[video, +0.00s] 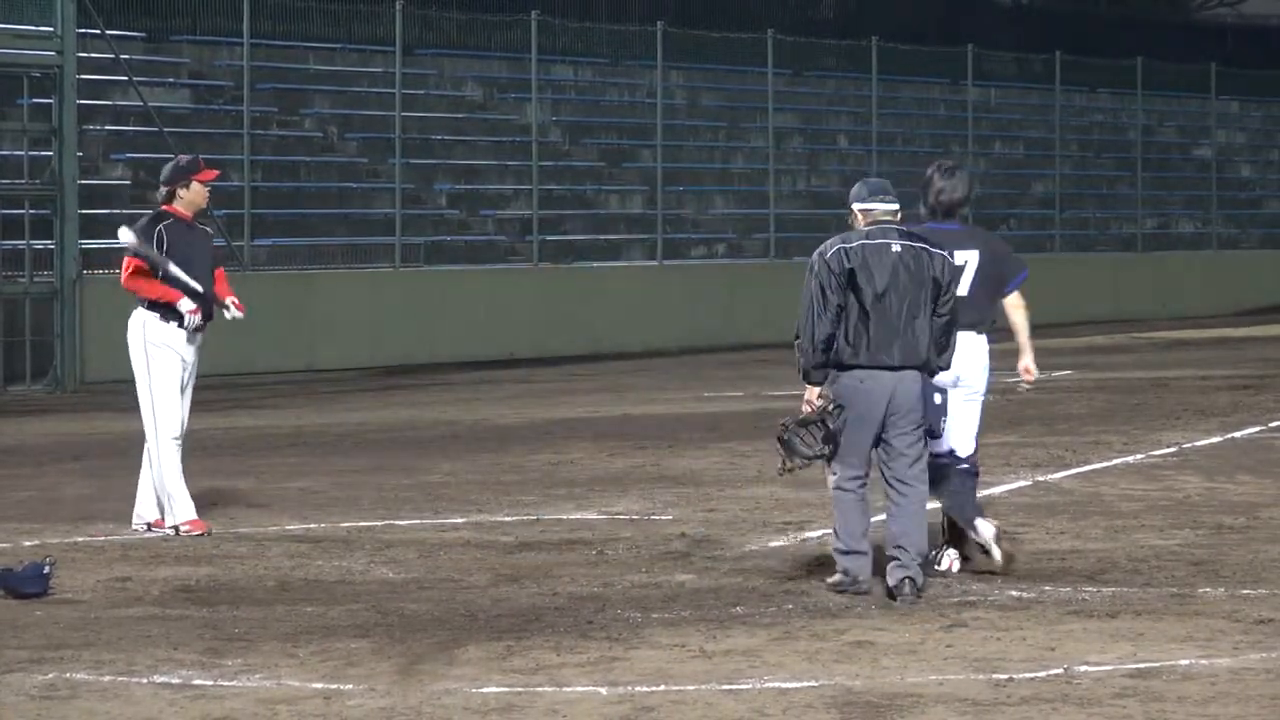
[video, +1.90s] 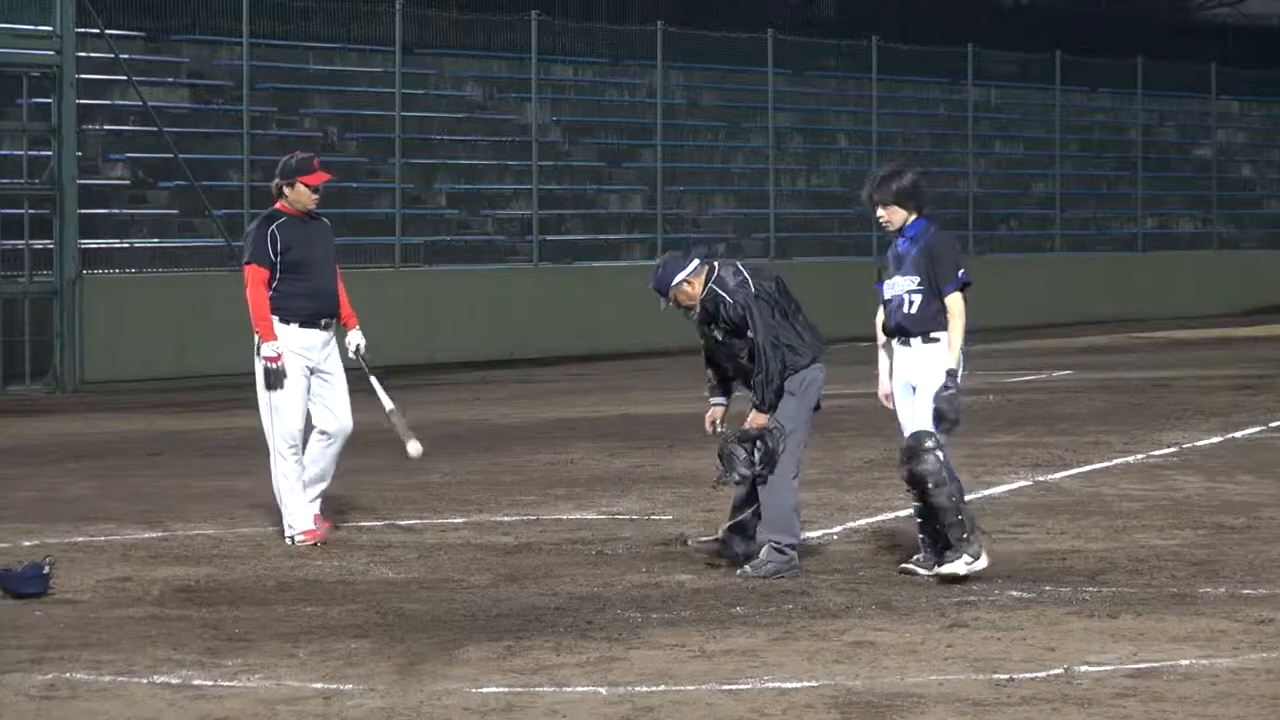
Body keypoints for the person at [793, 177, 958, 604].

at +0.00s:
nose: (853, 219)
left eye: (853, 214)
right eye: (857, 213)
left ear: (858, 215)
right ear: (897, 213)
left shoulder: (834, 254)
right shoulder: (930, 255)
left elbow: (818, 325)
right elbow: (944, 319)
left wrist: (814, 380)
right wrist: (928, 367)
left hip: (855, 382)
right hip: (910, 382)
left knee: (849, 477)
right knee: (907, 477)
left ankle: (853, 571)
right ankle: (907, 571)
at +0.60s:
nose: (794, 230)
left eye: (794, 225)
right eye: (795, 225)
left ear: (802, 222)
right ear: (837, 217)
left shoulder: (791, 256)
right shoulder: (882, 251)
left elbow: (787, 322)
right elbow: (899, 315)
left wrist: (784, 380)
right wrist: (895, 367)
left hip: (825, 377)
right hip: (877, 375)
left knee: (826, 473)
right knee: (864, 463)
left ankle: (839, 568)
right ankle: (868, 550)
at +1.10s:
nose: (759, 252)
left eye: (757, 244)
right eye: (755, 246)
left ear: (767, 235)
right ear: (791, 228)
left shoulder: (780, 260)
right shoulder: (832, 248)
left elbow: (799, 317)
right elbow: (853, 308)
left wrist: (794, 377)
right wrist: (866, 363)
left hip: (830, 369)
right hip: (864, 365)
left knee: (788, 453)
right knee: (845, 458)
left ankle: (816, 543)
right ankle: (852, 547)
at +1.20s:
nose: (749, 261)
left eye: (746, 252)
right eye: (744, 254)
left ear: (756, 240)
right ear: (773, 233)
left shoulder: (777, 265)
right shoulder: (813, 249)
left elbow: (800, 322)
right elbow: (833, 311)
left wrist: (792, 381)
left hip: (830, 370)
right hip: (859, 364)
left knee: (793, 461)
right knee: (843, 461)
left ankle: (793, 550)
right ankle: (852, 551)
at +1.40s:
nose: (720, 280)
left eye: (716, 272)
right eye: (715, 274)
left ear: (729, 258)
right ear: (742, 251)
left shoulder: (756, 280)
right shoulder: (779, 262)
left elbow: (784, 337)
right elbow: (796, 329)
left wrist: (784, 396)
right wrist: (771, 383)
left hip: (817, 378)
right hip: (839, 371)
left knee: (790, 463)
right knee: (814, 462)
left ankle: (781, 550)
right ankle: (839, 537)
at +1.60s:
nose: (701, 287)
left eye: (697, 279)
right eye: (696, 281)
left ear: (709, 264)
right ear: (716, 257)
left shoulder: (744, 281)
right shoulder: (750, 263)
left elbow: (774, 341)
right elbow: (763, 338)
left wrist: (771, 399)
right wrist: (756, 384)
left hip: (809, 372)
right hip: (816, 366)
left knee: (782, 456)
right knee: (788, 453)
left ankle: (781, 549)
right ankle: (799, 534)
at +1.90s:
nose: (675, 304)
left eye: (673, 296)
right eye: (672, 299)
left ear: (687, 282)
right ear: (688, 281)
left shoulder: (736, 290)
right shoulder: (710, 304)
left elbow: (768, 349)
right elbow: (716, 355)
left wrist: (762, 407)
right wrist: (719, 400)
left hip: (799, 370)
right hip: (771, 373)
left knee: (777, 456)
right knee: (753, 454)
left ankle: (782, 551)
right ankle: (739, 539)